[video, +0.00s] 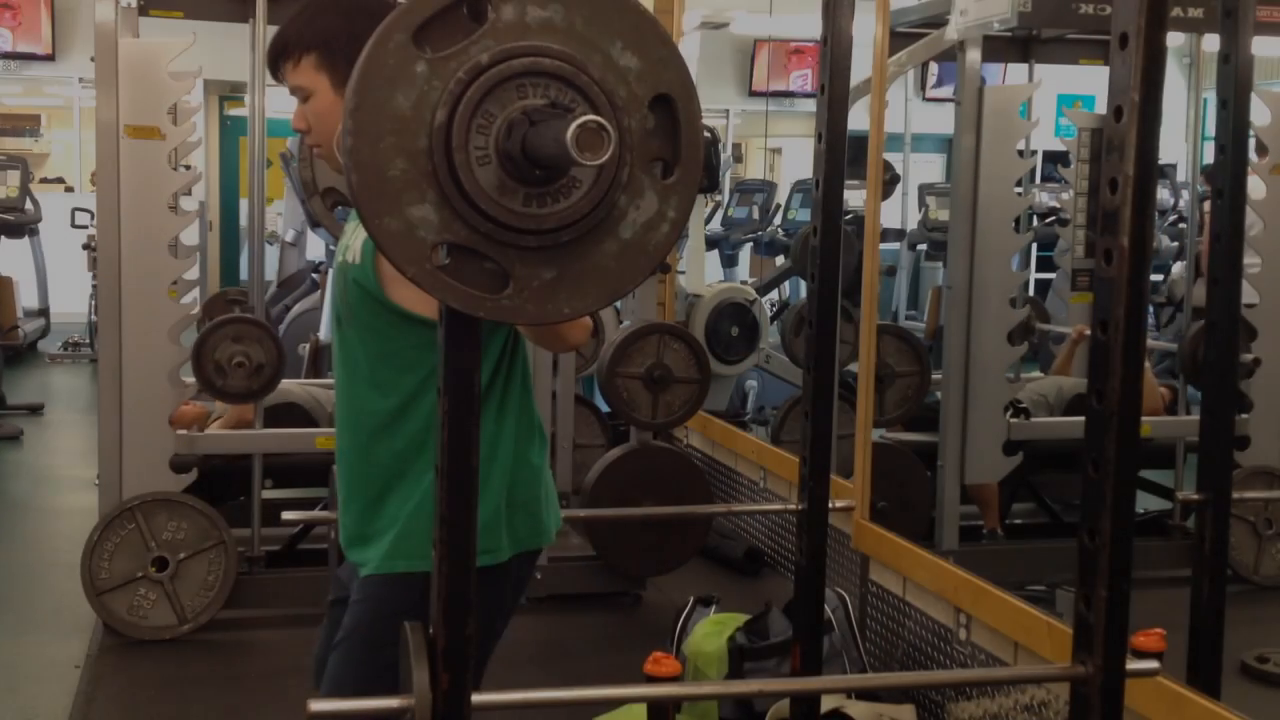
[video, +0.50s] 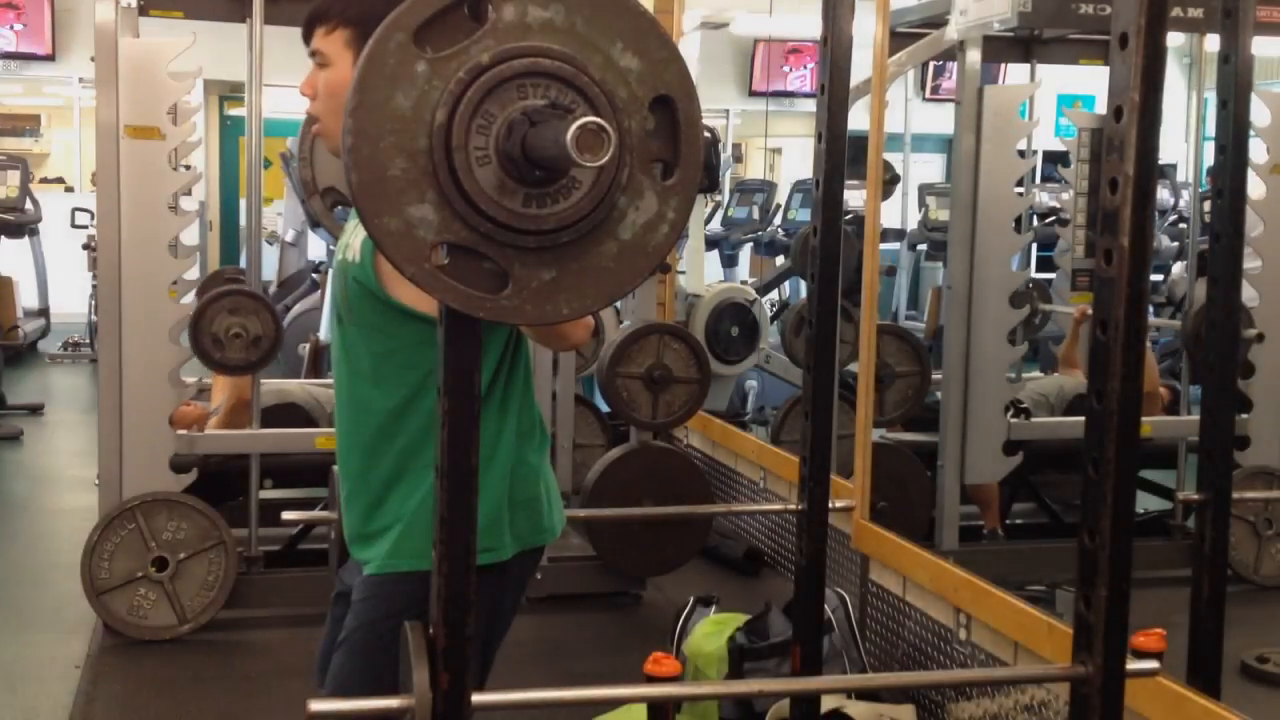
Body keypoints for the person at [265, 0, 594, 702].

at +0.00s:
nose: (296, 120)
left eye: (305, 95)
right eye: (295, 98)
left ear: (369, 89)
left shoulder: (414, 223)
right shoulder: (369, 224)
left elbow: (571, 328)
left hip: (450, 544)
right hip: (395, 535)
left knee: (348, 714)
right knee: (334, 696)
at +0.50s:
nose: (306, 84)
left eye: (323, 62)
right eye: (312, 63)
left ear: (388, 73)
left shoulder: (414, 222)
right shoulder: (374, 218)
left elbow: (574, 327)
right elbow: (568, 320)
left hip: (449, 538)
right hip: (397, 530)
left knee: (353, 715)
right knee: (337, 705)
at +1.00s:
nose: (310, 54)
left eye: (326, 30)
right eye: (314, 31)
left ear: (389, 41)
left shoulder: (415, 180)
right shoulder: (377, 181)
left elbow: (566, 289)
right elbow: (566, 288)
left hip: (447, 518)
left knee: (437, 704)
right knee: (420, 704)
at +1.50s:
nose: (316, 55)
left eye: (331, 31)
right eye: (320, 32)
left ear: (392, 42)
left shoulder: (404, 183)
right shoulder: (381, 179)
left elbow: (576, 298)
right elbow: (573, 296)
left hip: (435, 515)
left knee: (422, 704)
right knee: (418, 701)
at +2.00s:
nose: (361, 59)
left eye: (375, 34)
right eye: (365, 36)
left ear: (435, 45)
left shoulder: (465, 175)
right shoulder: (427, 182)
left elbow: (626, 292)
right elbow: (520, 258)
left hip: (510, 509)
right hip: (486, 511)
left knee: (500, 703)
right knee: (488, 705)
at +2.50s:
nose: (472, 103)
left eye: (480, 81)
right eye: (473, 85)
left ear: (527, 74)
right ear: (527, 78)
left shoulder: (538, 201)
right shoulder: (530, 203)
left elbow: (667, 269)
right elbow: (662, 266)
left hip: (584, 505)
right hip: (601, 500)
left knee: (513, 704)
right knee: (619, 671)